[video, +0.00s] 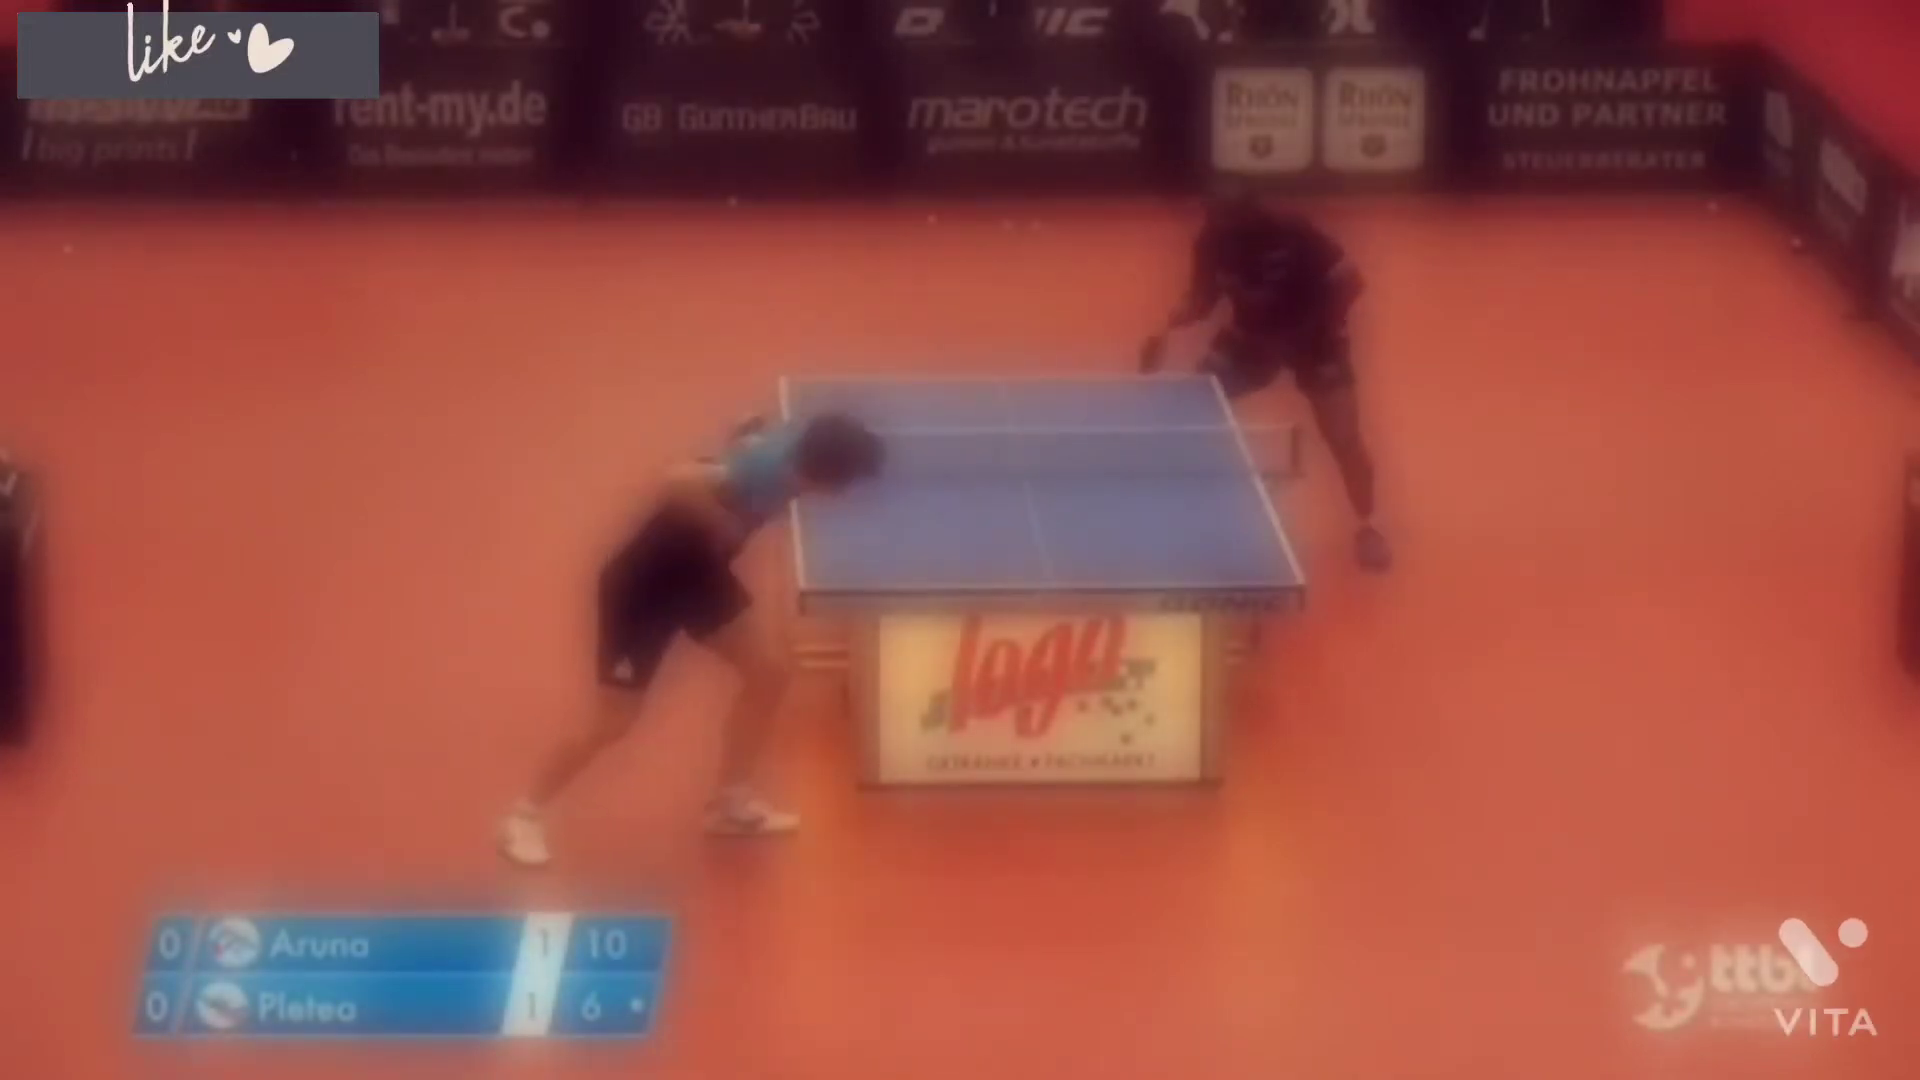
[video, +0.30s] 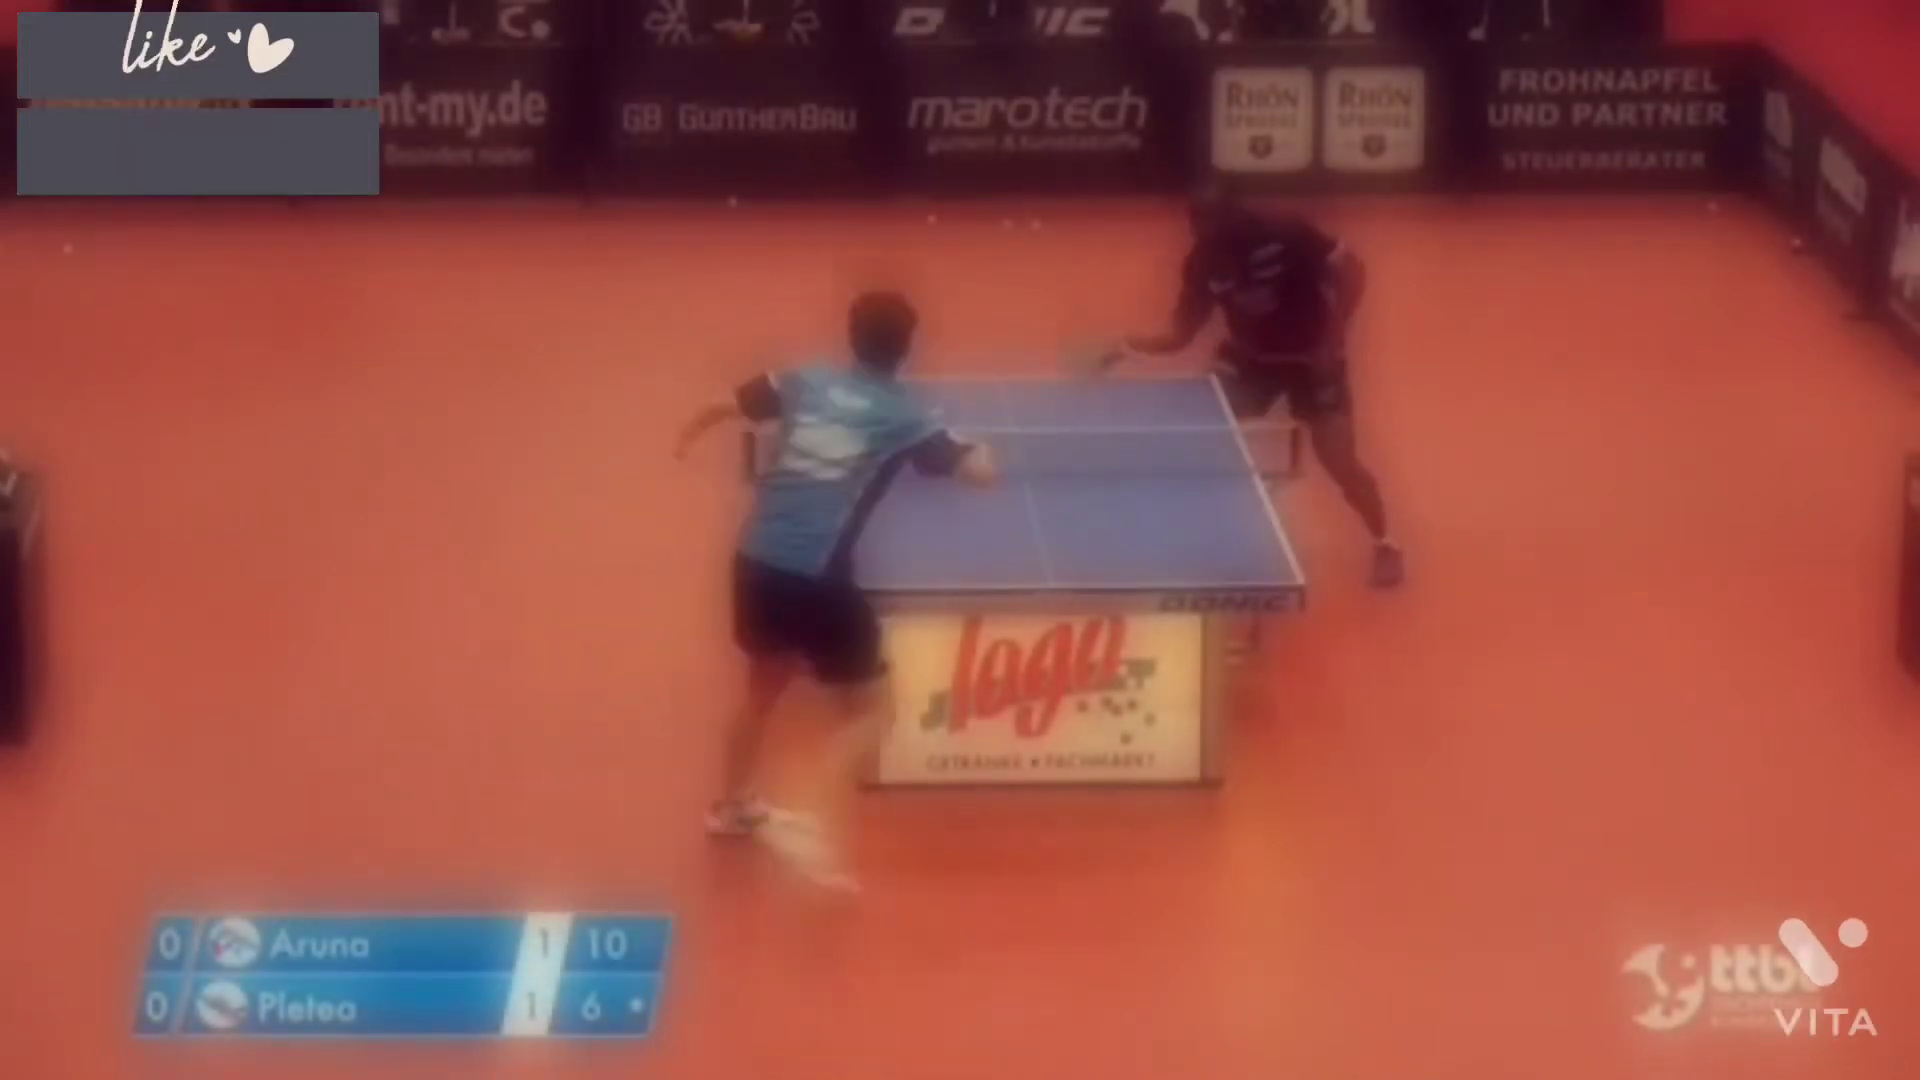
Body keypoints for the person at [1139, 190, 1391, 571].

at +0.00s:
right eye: (1216, 220)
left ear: (1248, 217)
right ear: (1216, 220)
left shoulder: (1296, 234)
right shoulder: (1215, 241)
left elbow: (1349, 281)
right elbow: (1202, 301)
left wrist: (1323, 329)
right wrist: (1162, 334)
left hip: (1313, 339)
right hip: (1250, 338)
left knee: (1344, 438)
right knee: (1188, 411)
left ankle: (1366, 524)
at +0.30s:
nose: (1201, 223)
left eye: (1208, 212)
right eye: (1196, 214)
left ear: (1228, 206)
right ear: (1192, 214)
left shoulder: (1285, 232)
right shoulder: (1205, 255)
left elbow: (1350, 269)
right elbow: (1179, 336)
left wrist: (1334, 338)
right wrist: (1126, 344)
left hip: (1311, 360)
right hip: (1248, 362)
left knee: (1338, 459)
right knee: (1195, 443)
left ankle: (1384, 542)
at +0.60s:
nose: (1116, 252)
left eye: (1121, 242)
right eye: (1109, 246)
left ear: (1139, 235)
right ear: (1103, 248)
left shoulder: (1190, 243)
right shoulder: (1111, 290)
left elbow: (1254, 246)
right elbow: (1105, 355)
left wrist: (1297, 307)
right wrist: (1093, 377)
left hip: (1234, 372)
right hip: (1171, 389)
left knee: (1297, 455)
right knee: (1178, 481)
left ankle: (1370, 537)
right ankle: (1186, 581)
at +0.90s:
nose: (1087, 225)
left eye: (1094, 214)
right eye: (1078, 217)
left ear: (1109, 208)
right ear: (1067, 217)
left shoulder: (1148, 227)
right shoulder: (1059, 261)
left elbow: (1213, 238)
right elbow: (1060, 318)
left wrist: (1241, 312)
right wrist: (1053, 359)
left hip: (1177, 347)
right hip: (1110, 355)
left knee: (1205, 433)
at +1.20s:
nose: (1112, 211)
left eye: (1120, 201)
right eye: (1104, 203)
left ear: (1135, 195)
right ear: (1094, 202)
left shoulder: (1174, 223)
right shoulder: (1090, 232)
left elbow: (1233, 265)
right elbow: (1072, 279)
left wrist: (1224, 334)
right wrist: (1051, 321)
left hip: (1195, 320)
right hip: (1128, 323)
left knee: (1258, 405)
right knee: (1072, 395)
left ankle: (1283, 490)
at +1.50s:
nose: (1144, 216)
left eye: (1151, 205)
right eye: (1135, 207)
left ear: (1169, 202)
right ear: (1128, 208)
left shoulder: (1215, 233)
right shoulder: (1124, 253)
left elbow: (1261, 268)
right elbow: (1109, 324)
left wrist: (1247, 325)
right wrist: (1136, 312)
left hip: (1226, 329)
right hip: (1160, 334)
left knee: (1288, 405)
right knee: (1101, 395)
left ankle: (1340, 486)